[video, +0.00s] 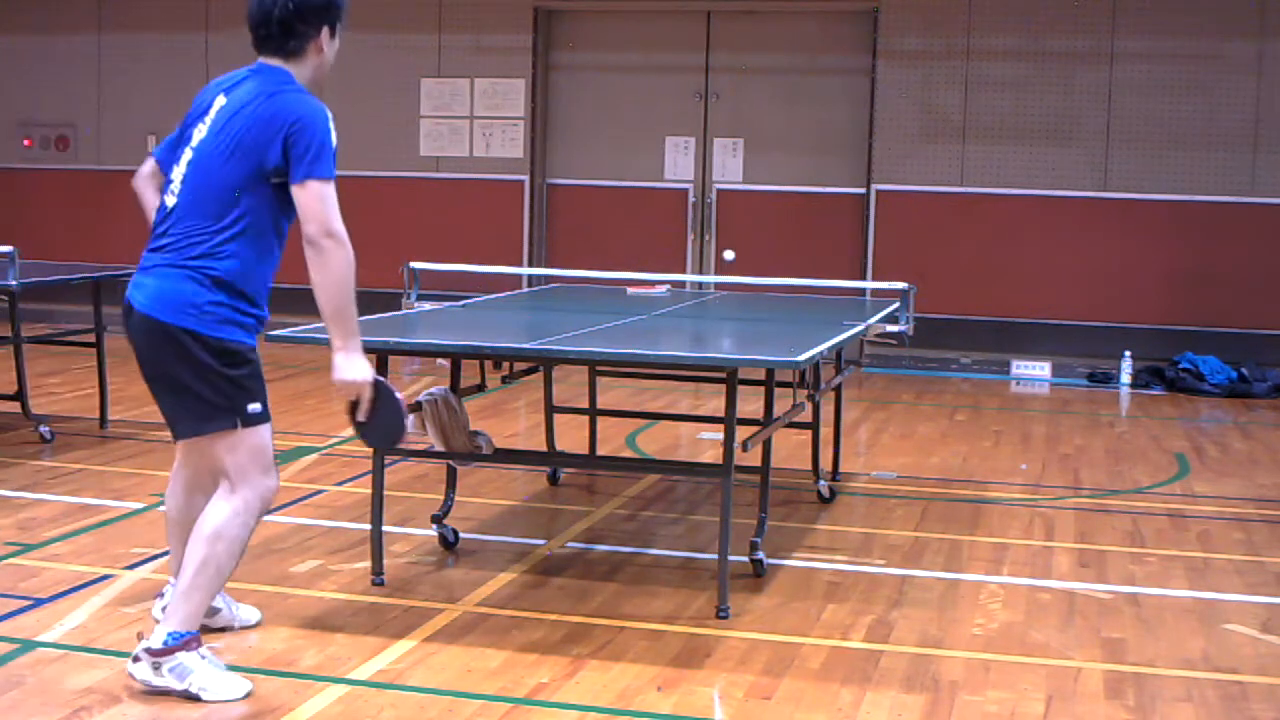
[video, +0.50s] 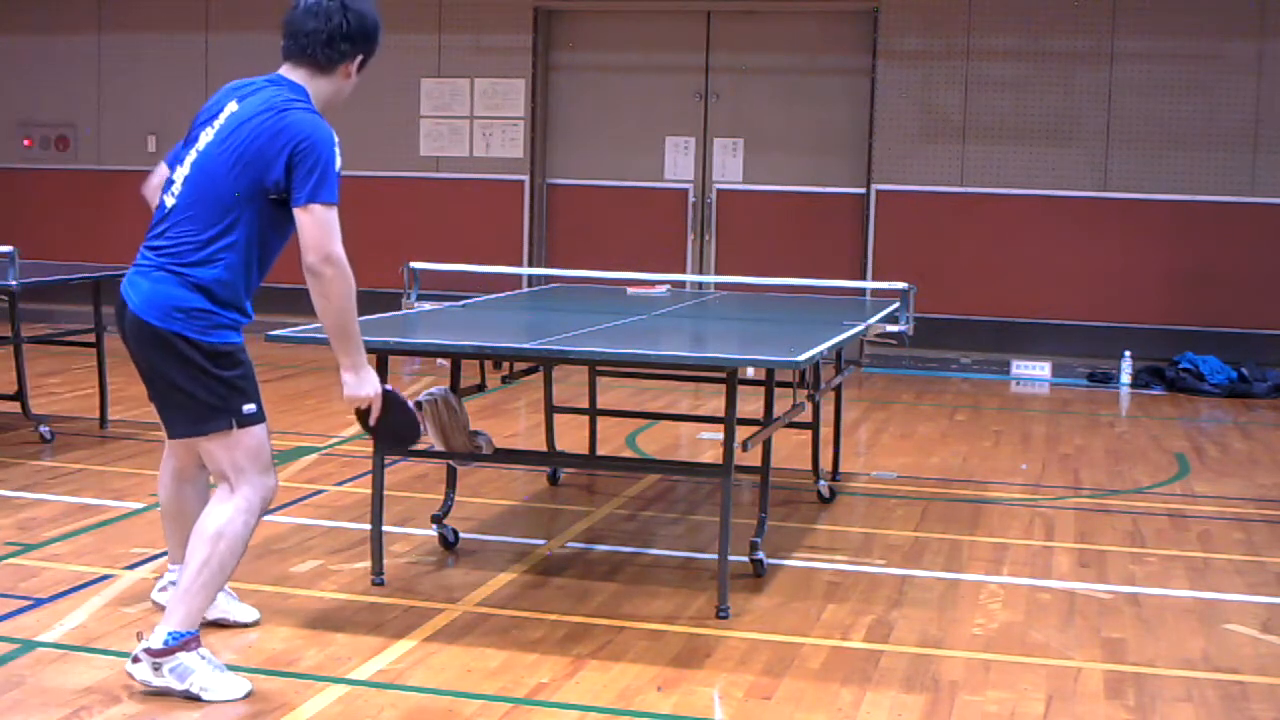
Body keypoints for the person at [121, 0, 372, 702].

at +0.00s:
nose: (336, 48)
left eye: (336, 35)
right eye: (337, 35)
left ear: (265, 30)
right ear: (323, 37)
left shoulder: (222, 89)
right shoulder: (304, 113)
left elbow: (148, 179)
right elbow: (323, 234)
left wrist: (186, 255)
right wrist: (347, 351)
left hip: (156, 300)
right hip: (204, 314)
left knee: (200, 458)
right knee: (253, 484)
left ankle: (188, 595)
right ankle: (169, 645)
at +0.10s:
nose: (340, 39)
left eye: (339, 27)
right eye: (340, 26)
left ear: (266, 24)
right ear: (327, 29)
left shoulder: (225, 81)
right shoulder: (305, 102)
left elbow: (170, 178)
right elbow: (318, 225)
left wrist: (208, 258)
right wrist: (339, 342)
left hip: (158, 292)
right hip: (207, 304)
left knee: (194, 450)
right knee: (250, 477)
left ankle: (192, 588)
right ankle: (170, 642)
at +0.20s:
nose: (346, 45)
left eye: (346, 32)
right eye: (347, 32)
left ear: (272, 27)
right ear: (334, 34)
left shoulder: (231, 82)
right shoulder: (304, 108)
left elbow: (188, 190)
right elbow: (319, 231)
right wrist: (340, 349)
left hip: (159, 292)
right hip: (205, 306)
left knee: (190, 449)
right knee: (249, 478)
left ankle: (192, 587)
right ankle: (170, 642)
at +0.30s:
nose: (352, 58)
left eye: (354, 45)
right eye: (355, 44)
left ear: (280, 34)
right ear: (341, 44)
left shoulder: (236, 89)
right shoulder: (305, 118)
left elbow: (193, 196)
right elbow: (320, 244)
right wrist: (346, 362)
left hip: (155, 294)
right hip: (199, 311)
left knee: (189, 451)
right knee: (250, 479)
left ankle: (189, 586)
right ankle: (170, 643)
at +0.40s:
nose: (361, 70)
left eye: (362, 56)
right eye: (363, 57)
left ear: (287, 39)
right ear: (350, 53)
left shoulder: (237, 92)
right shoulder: (308, 126)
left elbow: (189, 195)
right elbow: (323, 254)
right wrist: (352, 369)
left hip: (150, 297)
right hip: (194, 316)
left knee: (185, 452)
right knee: (248, 481)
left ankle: (189, 586)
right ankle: (168, 645)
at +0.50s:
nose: (360, 81)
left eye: (364, 69)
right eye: (364, 68)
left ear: (290, 45)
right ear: (353, 63)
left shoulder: (235, 95)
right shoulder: (309, 132)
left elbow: (158, 187)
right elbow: (322, 259)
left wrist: (208, 249)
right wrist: (355, 368)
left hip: (147, 300)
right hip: (192, 317)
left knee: (186, 451)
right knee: (251, 483)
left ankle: (184, 579)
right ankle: (169, 646)